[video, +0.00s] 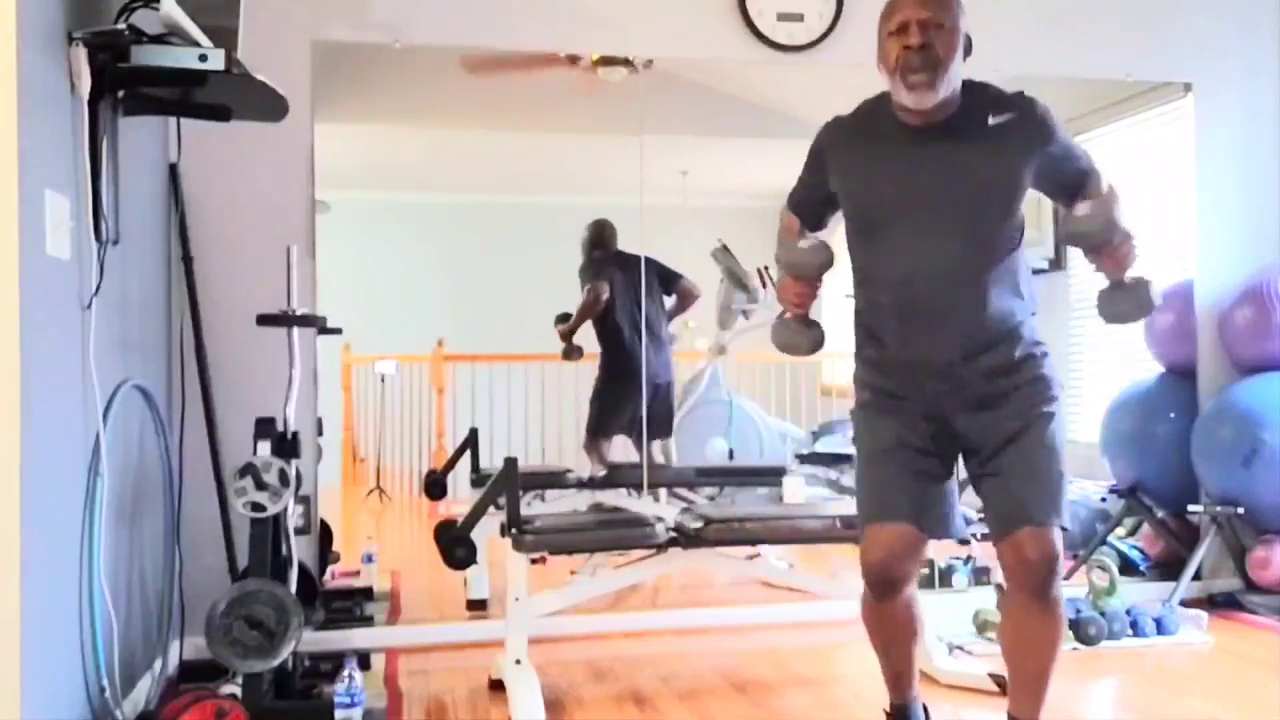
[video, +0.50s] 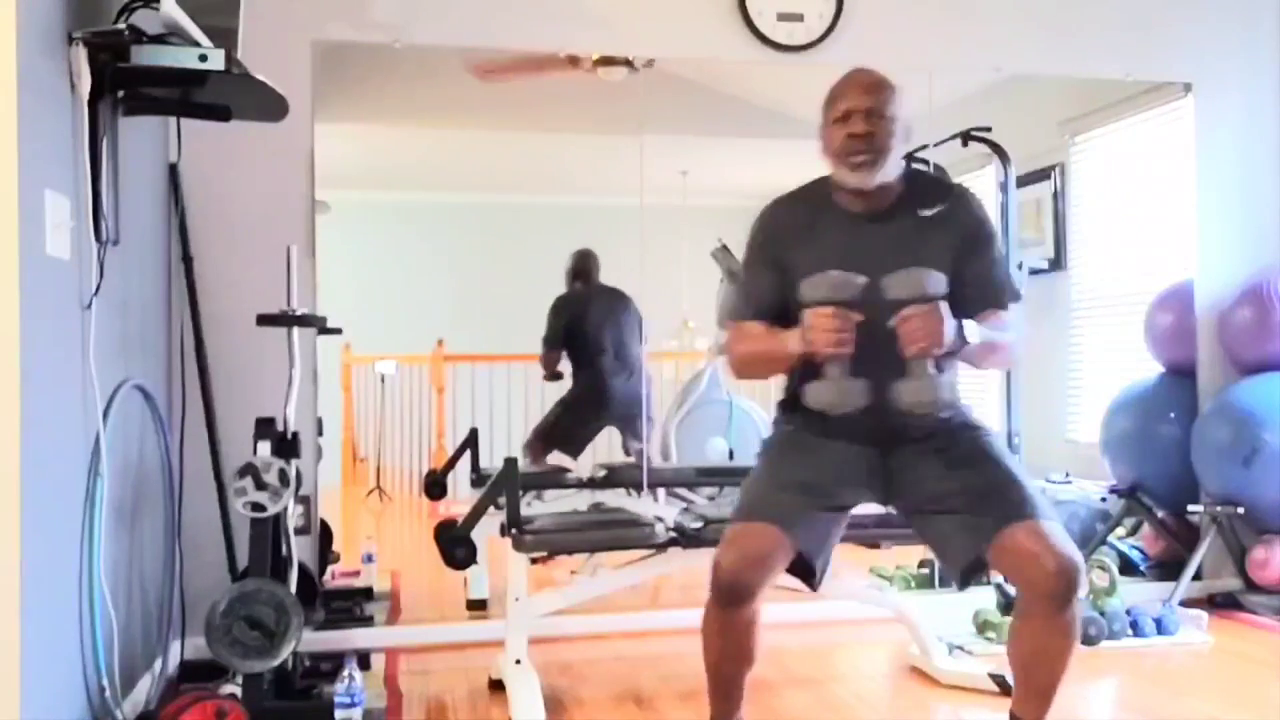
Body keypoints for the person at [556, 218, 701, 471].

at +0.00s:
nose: (584, 247)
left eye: (585, 242)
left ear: (589, 243)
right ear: (615, 241)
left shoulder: (594, 264)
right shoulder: (643, 263)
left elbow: (599, 295)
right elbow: (691, 292)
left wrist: (571, 329)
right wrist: (664, 319)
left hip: (623, 370)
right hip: (660, 370)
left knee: (595, 444)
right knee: (649, 444)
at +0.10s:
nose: (585, 241)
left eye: (586, 236)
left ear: (590, 236)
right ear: (616, 234)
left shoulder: (594, 260)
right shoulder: (647, 258)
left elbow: (591, 301)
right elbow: (686, 298)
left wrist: (570, 328)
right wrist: (656, 317)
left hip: (620, 360)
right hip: (658, 361)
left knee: (585, 431)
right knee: (652, 436)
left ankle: (595, 476)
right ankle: (662, 506)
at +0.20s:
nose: (585, 245)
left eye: (586, 240)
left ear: (590, 239)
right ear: (616, 238)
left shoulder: (592, 265)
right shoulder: (650, 264)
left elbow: (583, 313)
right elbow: (678, 313)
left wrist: (566, 331)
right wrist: (649, 321)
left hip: (617, 361)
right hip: (656, 362)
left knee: (569, 429)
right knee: (648, 436)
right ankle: (662, 505)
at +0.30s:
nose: (581, 256)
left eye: (582, 251)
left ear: (587, 253)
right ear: (614, 252)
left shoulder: (586, 280)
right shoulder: (645, 280)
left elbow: (571, 337)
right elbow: (663, 333)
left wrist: (560, 340)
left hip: (613, 375)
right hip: (653, 376)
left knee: (556, 441)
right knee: (646, 446)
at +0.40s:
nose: (575, 272)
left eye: (577, 267)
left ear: (579, 268)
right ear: (605, 269)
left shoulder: (575, 299)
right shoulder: (633, 296)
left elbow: (560, 355)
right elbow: (648, 338)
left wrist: (559, 368)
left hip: (599, 392)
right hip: (641, 391)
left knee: (541, 448)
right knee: (647, 456)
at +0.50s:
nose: (568, 276)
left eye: (569, 271)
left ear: (571, 273)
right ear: (597, 273)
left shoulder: (565, 303)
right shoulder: (623, 300)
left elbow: (550, 359)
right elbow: (639, 345)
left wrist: (551, 372)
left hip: (590, 395)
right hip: (634, 393)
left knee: (534, 449)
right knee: (647, 454)